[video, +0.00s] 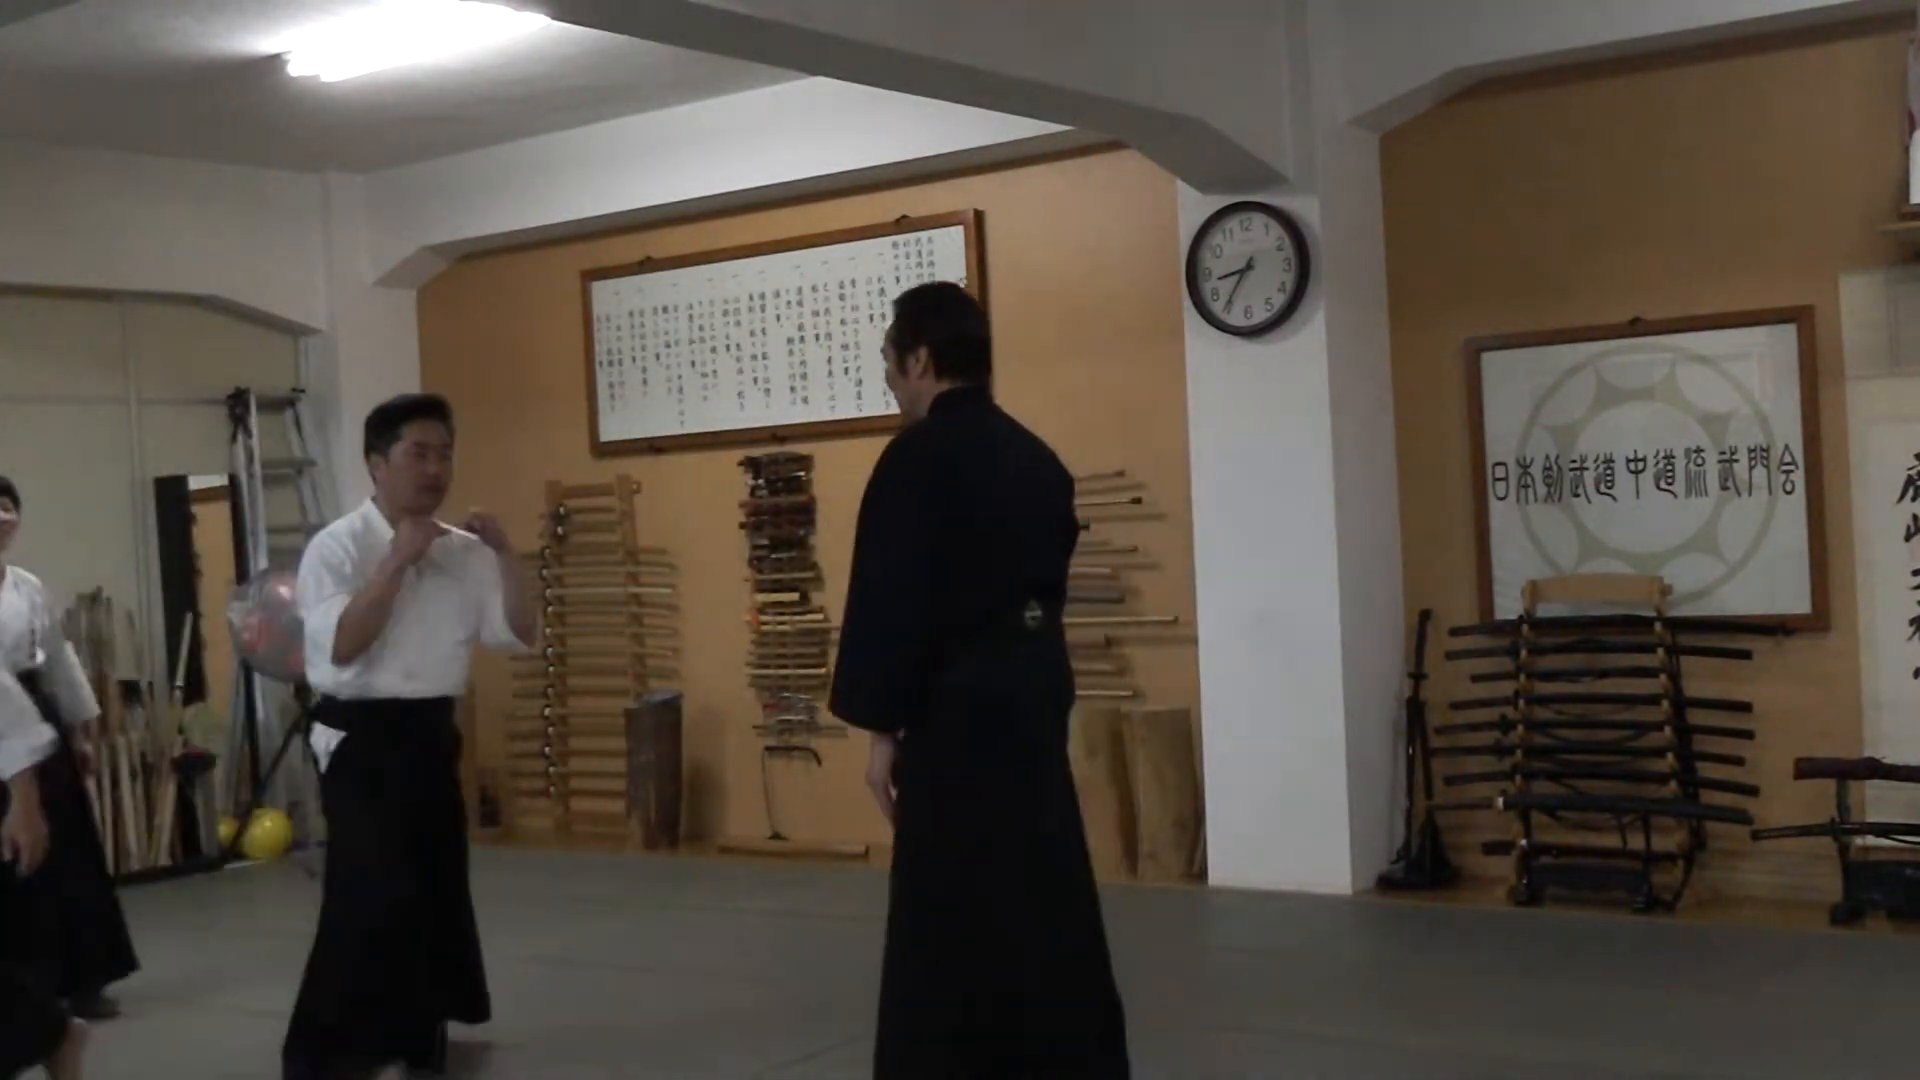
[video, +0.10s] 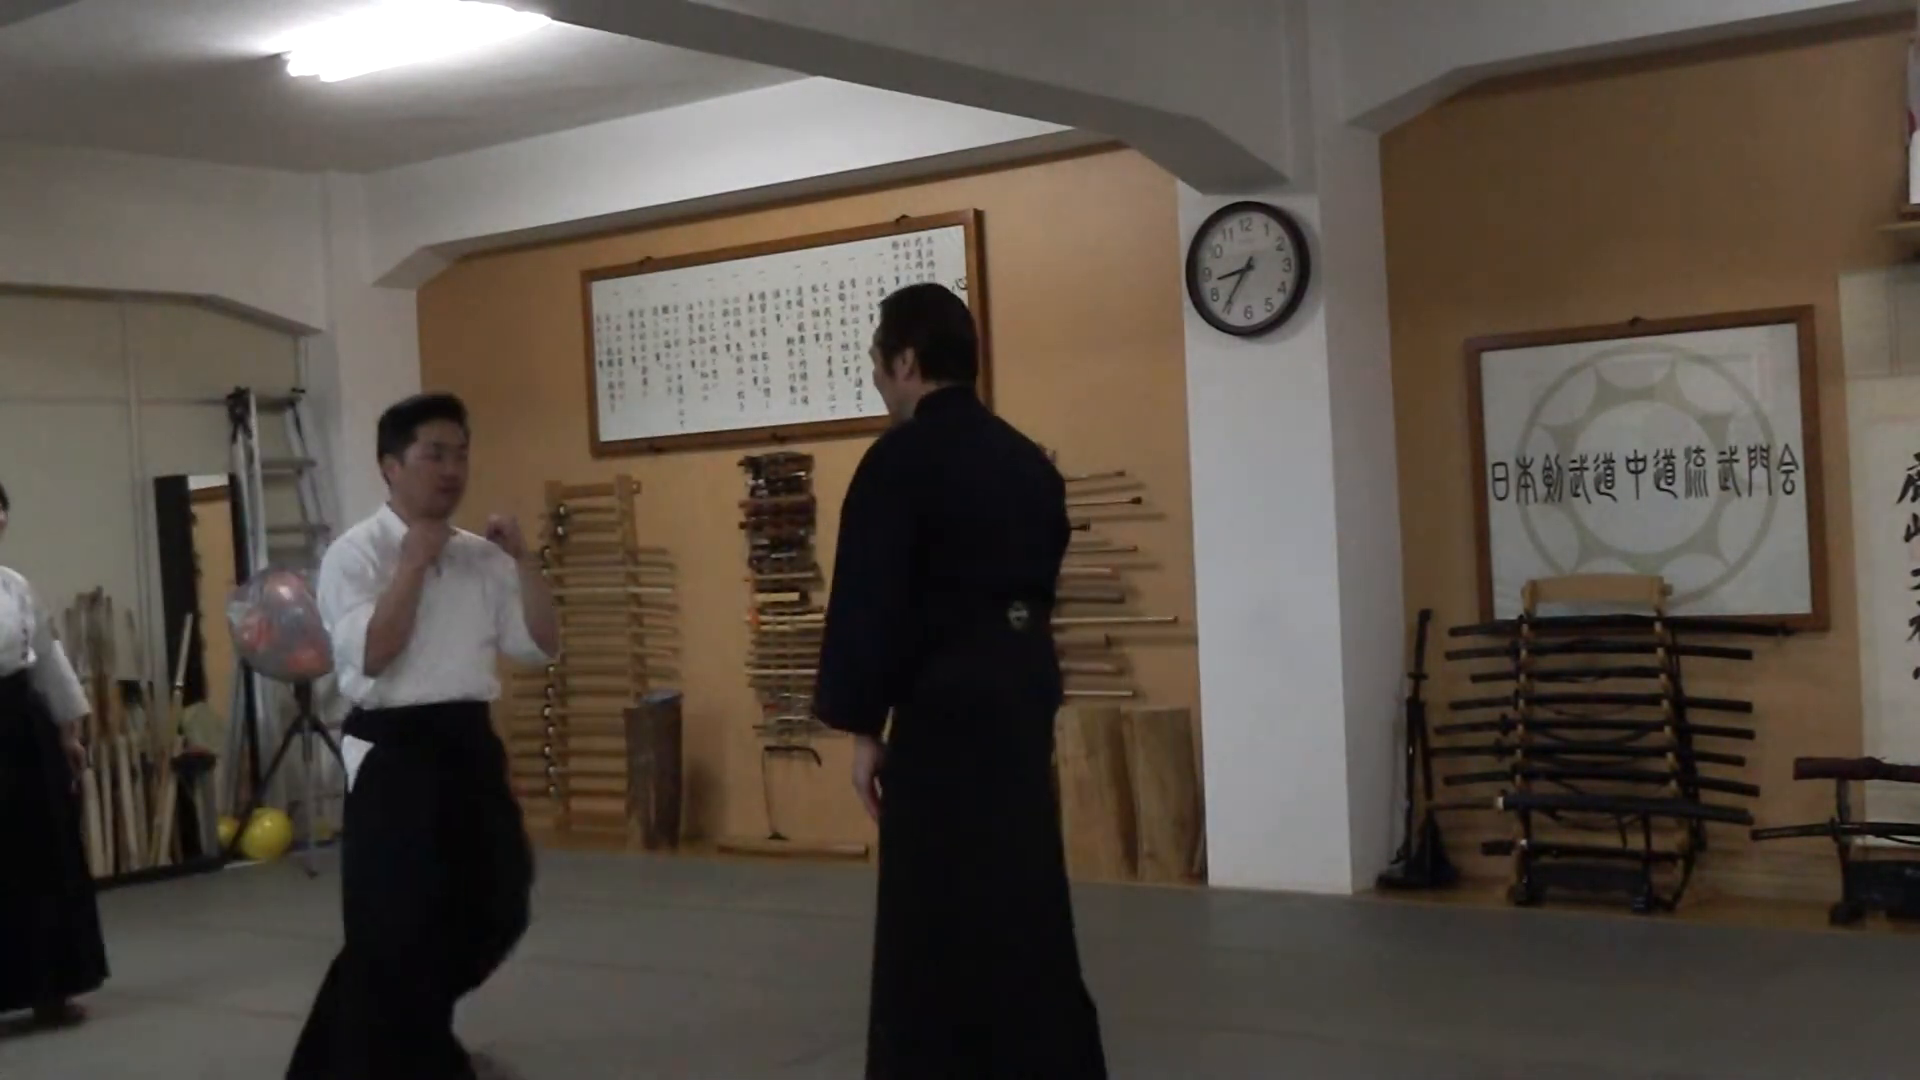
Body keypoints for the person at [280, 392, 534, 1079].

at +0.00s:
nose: (434, 469)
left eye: (443, 456)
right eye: (418, 454)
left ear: (453, 465)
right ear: (376, 464)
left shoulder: (464, 551)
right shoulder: (336, 547)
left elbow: (523, 632)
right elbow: (338, 645)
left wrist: (507, 554)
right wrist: (398, 560)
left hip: (430, 729)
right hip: (356, 732)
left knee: (432, 888)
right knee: (369, 894)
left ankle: (420, 1043)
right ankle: (321, 1057)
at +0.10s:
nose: (452, 470)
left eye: (460, 456)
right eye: (434, 455)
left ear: (469, 466)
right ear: (391, 467)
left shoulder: (482, 557)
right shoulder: (355, 554)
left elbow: (539, 644)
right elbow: (367, 655)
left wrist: (521, 560)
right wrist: (418, 558)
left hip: (473, 750)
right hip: (394, 757)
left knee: (499, 913)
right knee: (396, 935)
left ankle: (405, 1017)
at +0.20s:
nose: (477, 475)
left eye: (485, 460)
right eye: (458, 460)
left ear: (494, 471)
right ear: (415, 476)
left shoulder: (514, 562)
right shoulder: (382, 569)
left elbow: (572, 657)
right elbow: (403, 676)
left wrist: (560, 570)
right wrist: (442, 578)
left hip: (511, 758)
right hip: (425, 767)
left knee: (584, 875)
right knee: (416, 931)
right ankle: (400, 1065)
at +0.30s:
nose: (522, 478)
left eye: (530, 464)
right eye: (503, 464)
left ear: (539, 476)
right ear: (457, 482)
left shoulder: (571, 564)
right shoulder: (424, 573)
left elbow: (639, 654)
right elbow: (434, 690)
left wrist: (635, 583)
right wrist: (479, 594)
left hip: (557, 770)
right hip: (462, 776)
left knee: (644, 876)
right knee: (431, 938)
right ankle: (397, 1069)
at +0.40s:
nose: (600, 483)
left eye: (607, 469)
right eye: (581, 468)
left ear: (615, 479)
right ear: (532, 484)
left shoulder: (643, 565)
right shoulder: (482, 575)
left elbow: (731, 603)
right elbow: (459, 691)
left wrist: (743, 547)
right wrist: (526, 602)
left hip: (611, 789)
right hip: (511, 791)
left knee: (696, 966)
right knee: (449, 977)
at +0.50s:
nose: (690, 494)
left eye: (696, 479)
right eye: (672, 476)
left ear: (704, 486)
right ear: (617, 484)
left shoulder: (710, 562)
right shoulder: (543, 567)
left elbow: (787, 546)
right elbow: (479, 678)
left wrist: (826, 495)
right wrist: (554, 635)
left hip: (647, 786)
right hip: (545, 787)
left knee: (714, 974)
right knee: (494, 981)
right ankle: (431, 1061)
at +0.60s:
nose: (720, 493)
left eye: (725, 474)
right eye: (704, 475)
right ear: (647, 475)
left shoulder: (729, 534)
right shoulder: (562, 550)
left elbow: (833, 509)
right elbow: (499, 662)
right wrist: (585, 648)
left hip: (672, 753)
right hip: (573, 759)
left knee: (723, 930)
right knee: (564, 953)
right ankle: (490, 1077)